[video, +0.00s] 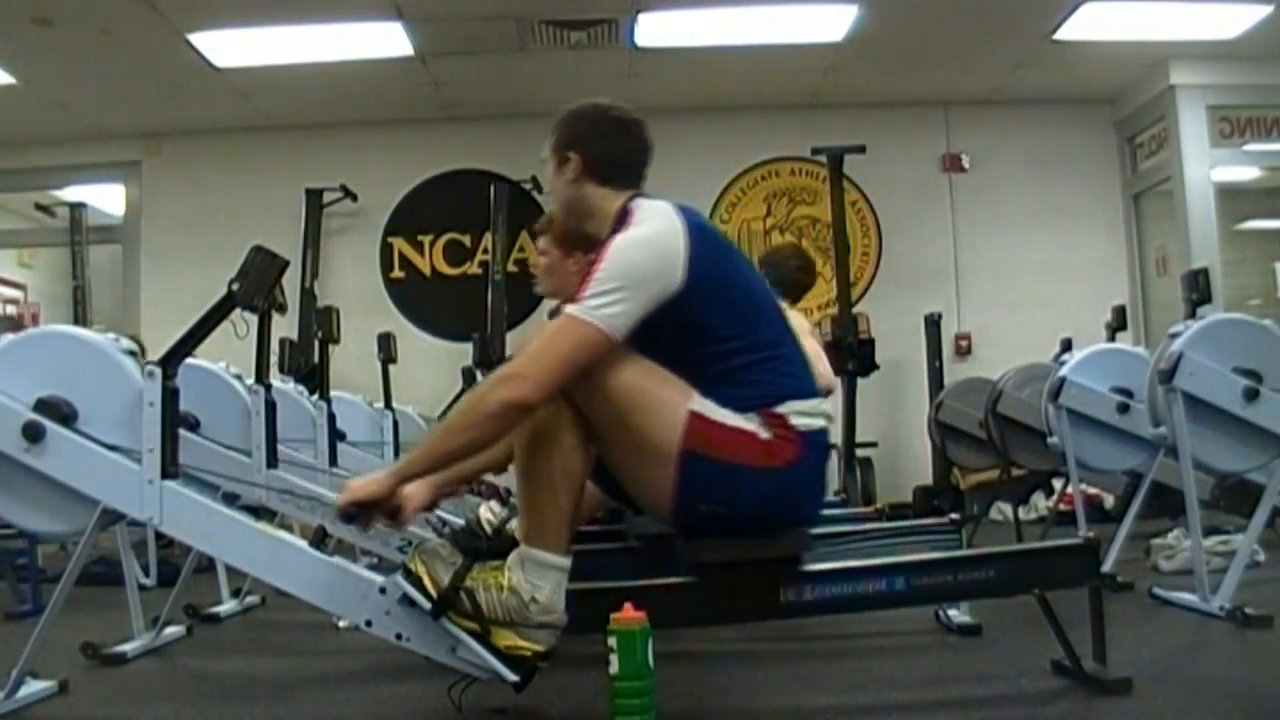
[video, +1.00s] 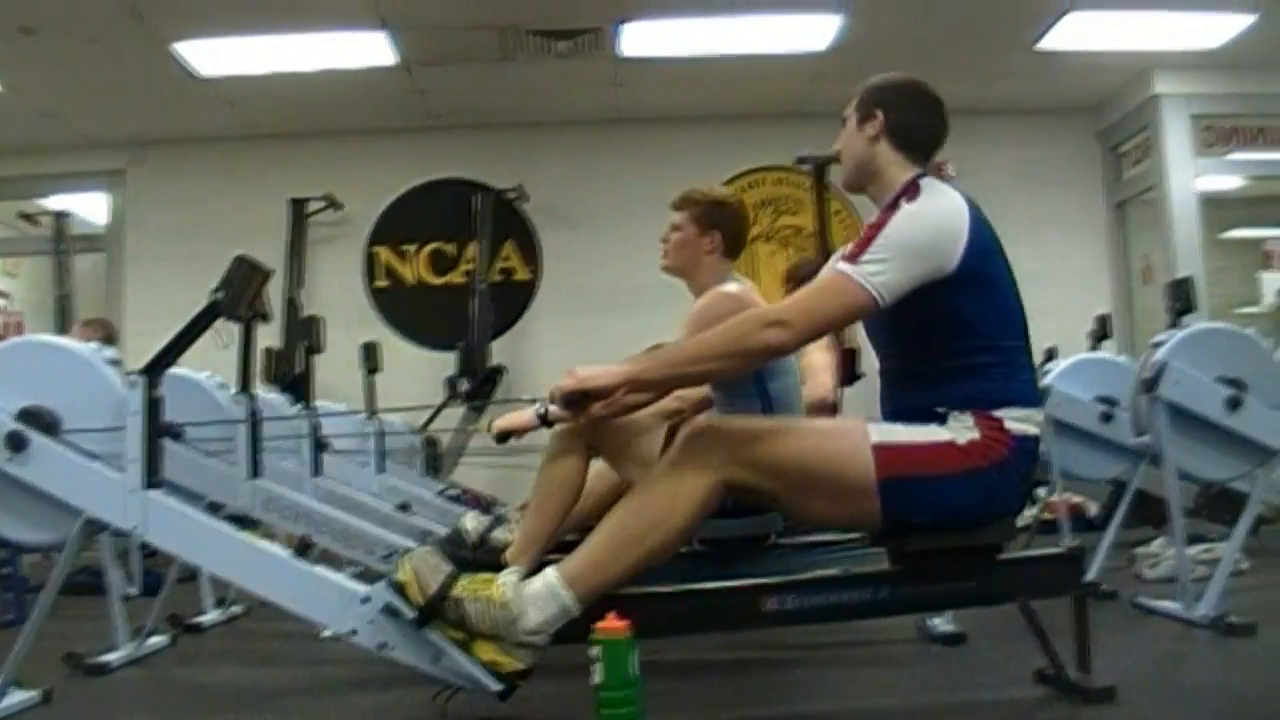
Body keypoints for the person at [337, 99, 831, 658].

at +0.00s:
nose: (548, 189)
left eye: (550, 171)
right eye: (549, 173)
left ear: (575, 168)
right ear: (621, 168)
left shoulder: (653, 235)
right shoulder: (648, 237)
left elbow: (522, 391)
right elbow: (535, 409)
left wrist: (394, 474)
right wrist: (430, 487)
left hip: (767, 465)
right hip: (755, 460)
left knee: (559, 363)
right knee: (559, 364)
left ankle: (537, 592)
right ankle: (537, 586)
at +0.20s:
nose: (524, 189)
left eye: (527, 171)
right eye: (526, 173)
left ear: (550, 168)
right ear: (595, 169)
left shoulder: (625, 239)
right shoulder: (621, 239)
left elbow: (476, 380)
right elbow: (499, 404)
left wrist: (346, 456)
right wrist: (391, 472)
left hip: (749, 465)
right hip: (733, 460)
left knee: (544, 359)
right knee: (536, 361)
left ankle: (535, 586)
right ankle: (531, 571)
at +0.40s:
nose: (570, 174)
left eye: (576, 156)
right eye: (574, 158)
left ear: (605, 151)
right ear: (631, 158)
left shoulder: (668, 229)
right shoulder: (649, 234)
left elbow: (517, 367)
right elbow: (522, 370)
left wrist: (378, 431)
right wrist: (405, 444)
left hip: (780, 462)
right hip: (751, 456)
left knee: (571, 358)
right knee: (553, 357)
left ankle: (538, 586)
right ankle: (532, 568)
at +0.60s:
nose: (663, 153)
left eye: (670, 135)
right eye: (666, 137)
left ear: (701, 136)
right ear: (718, 142)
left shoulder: (761, 219)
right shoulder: (724, 232)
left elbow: (618, 361)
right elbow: (602, 354)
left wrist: (459, 416)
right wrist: (472, 420)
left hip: (853, 454)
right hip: (807, 449)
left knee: (622, 355)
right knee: (606, 321)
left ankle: (544, 587)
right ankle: (535, 564)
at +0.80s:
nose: (761, 144)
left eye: (770, 126)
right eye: (764, 128)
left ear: (807, 128)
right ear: (821, 135)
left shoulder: (859, 212)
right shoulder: (832, 219)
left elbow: (704, 332)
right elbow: (702, 337)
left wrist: (548, 383)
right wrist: (558, 392)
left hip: (930, 441)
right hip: (880, 433)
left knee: (684, 399)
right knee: (666, 402)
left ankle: (544, 601)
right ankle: (538, 587)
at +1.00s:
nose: (834, 145)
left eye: (843, 125)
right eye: (840, 128)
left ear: (876, 126)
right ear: (889, 131)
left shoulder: (928, 213)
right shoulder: (898, 220)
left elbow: (781, 325)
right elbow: (779, 321)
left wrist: (628, 375)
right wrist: (642, 387)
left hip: (977, 448)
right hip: (937, 441)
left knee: (716, 443)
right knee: (703, 443)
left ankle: (534, 611)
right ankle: (528, 605)